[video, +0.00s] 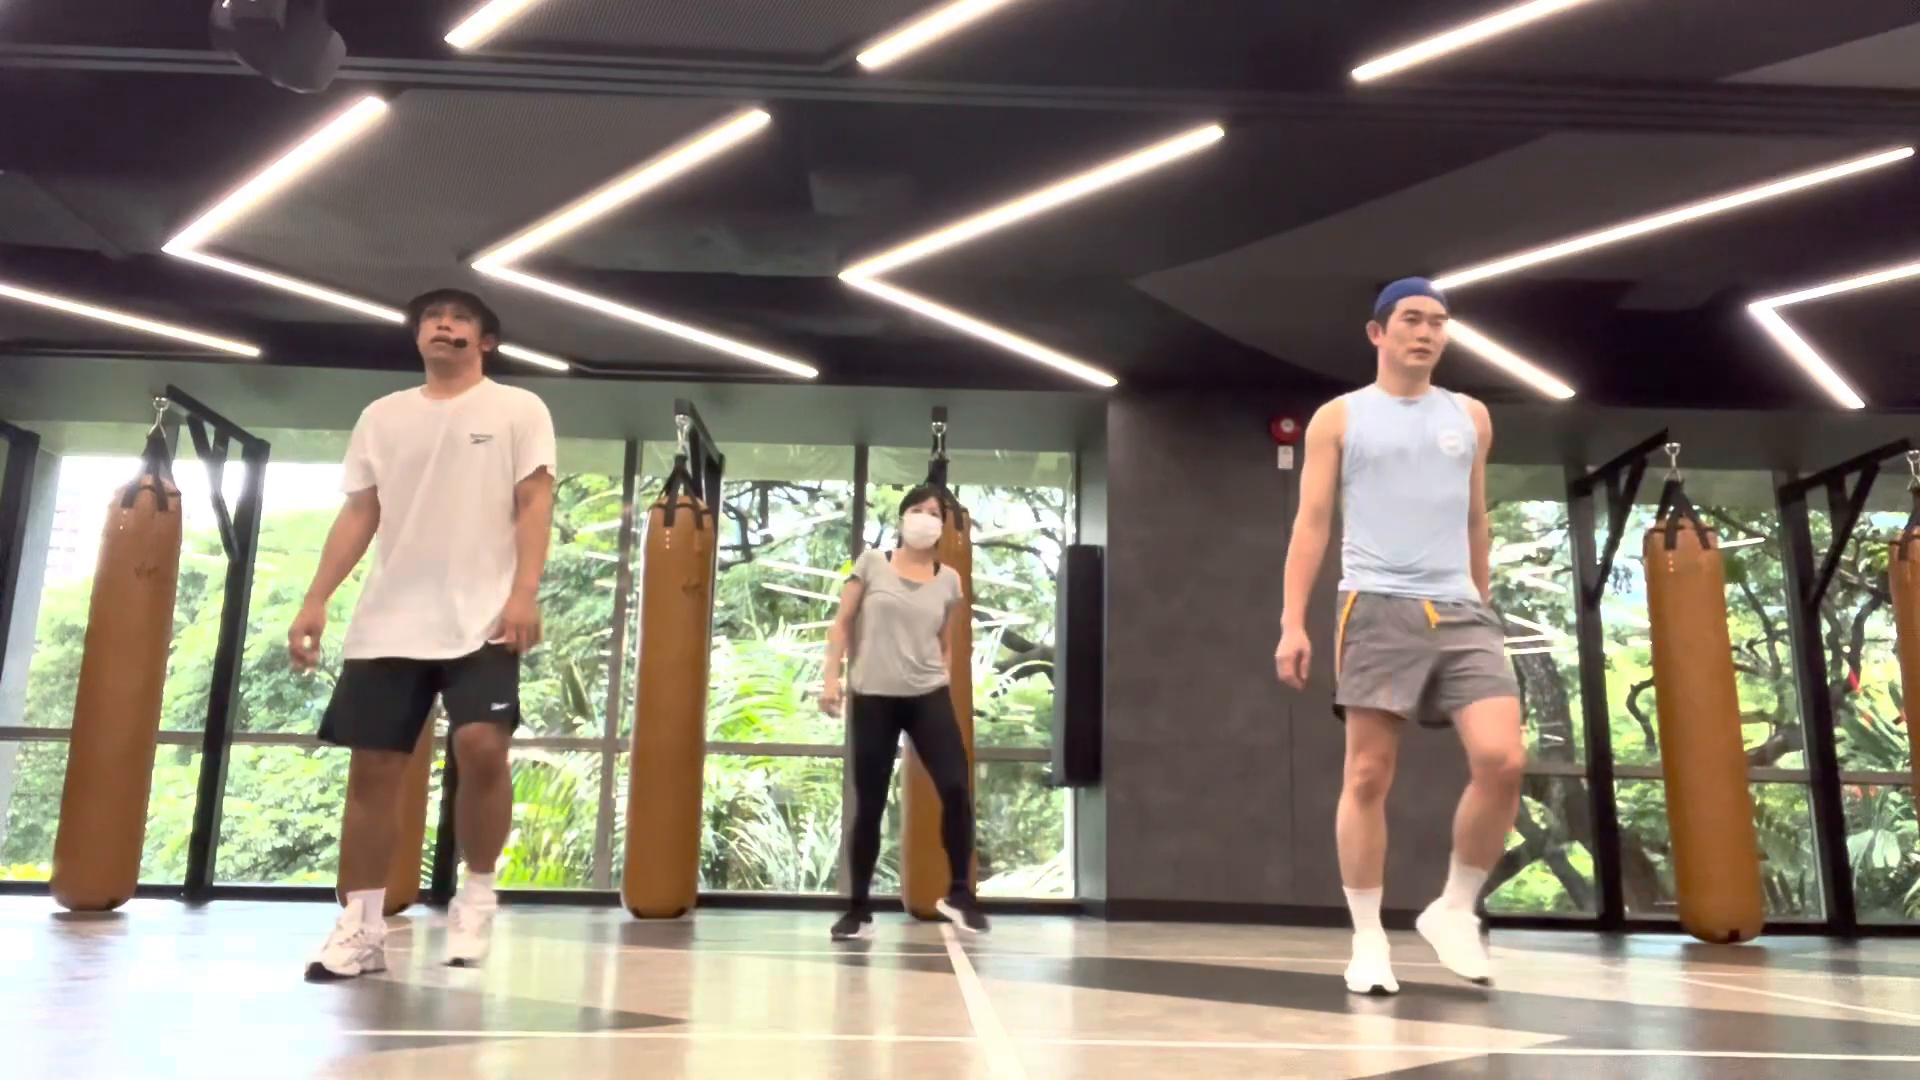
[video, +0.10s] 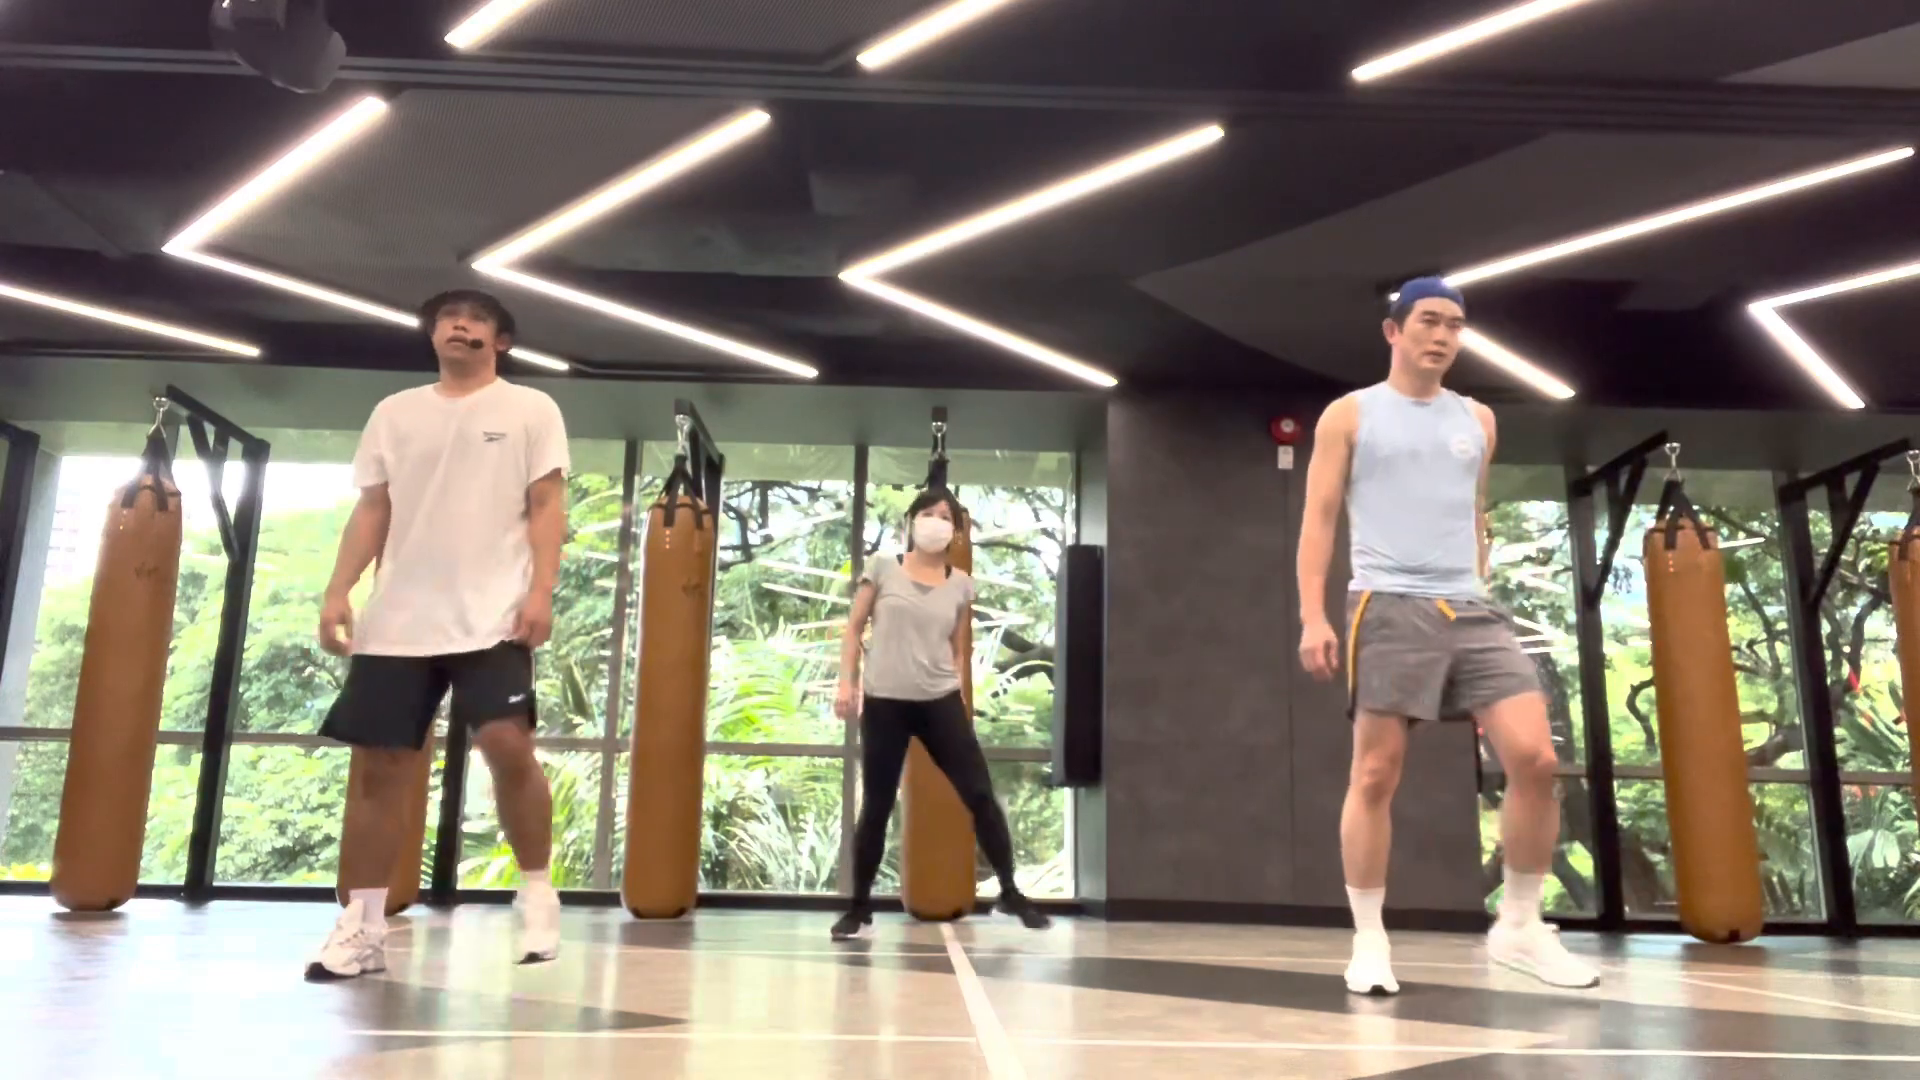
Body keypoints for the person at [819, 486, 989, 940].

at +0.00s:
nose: (926, 519)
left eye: (935, 515)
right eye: (918, 511)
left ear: (944, 530)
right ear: (901, 521)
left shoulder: (948, 580)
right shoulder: (872, 562)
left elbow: (943, 641)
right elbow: (841, 622)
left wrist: (944, 691)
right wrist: (831, 677)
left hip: (928, 697)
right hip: (873, 697)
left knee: (957, 789)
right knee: (867, 806)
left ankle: (960, 894)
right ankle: (858, 909)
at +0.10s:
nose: (937, 523)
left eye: (945, 518)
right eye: (927, 515)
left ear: (955, 532)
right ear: (910, 526)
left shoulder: (962, 585)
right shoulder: (882, 568)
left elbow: (960, 650)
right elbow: (854, 627)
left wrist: (963, 704)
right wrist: (846, 682)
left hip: (941, 702)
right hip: (884, 702)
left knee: (980, 795)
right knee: (876, 806)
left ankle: (1010, 892)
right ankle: (859, 906)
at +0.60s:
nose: (1013, 519)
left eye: (1021, 513)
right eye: (1004, 513)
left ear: (1031, 525)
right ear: (988, 524)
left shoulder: (1048, 577)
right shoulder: (967, 571)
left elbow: (1073, 639)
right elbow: (951, 636)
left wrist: (1097, 692)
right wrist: (945, 694)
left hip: (1031, 701)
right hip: (976, 699)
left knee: (1035, 810)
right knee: (968, 803)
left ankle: (1040, 911)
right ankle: (955, 896)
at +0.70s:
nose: (1014, 526)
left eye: (1022, 520)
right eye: (1005, 519)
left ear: (1033, 531)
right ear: (990, 529)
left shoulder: (1050, 581)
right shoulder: (969, 576)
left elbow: (1080, 639)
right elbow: (953, 642)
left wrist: (1110, 686)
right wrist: (950, 701)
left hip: (1035, 704)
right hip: (981, 705)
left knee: (1038, 810)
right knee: (986, 806)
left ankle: (1041, 911)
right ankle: (991, 901)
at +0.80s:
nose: (1011, 524)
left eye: (1019, 518)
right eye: (1002, 517)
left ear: (1030, 529)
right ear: (988, 529)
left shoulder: (1048, 579)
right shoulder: (968, 578)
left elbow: (1075, 634)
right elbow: (954, 644)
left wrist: (1103, 677)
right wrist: (948, 702)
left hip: (1036, 703)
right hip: (980, 703)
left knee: (1039, 811)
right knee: (969, 805)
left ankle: (1042, 913)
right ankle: (978, 899)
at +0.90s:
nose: (1005, 517)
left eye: (1013, 511)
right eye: (995, 512)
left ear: (1024, 524)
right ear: (980, 525)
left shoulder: (1042, 571)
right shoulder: (962, 574)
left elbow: (1067, 628)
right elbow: (951, 643)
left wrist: (1084, 668)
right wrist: (946, 704)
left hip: (1030, 701)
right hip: (973, 699)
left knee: (1034, 807)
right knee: (941, 789)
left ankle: (1042, 911)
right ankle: (949, 890)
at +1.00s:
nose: (993, 519)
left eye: (1000, 512)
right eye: (984, 512)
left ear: (1011, 523)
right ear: (970, 524)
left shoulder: (1032, 571)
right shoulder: (952, 576)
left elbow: (1054, 628)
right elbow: (943, 641)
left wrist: (1067, 677)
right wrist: (943, 695)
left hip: (1021, 701)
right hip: (963, 699)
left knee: (1027, 806)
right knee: (921, 795)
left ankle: (1042, 911)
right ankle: (900, 888)